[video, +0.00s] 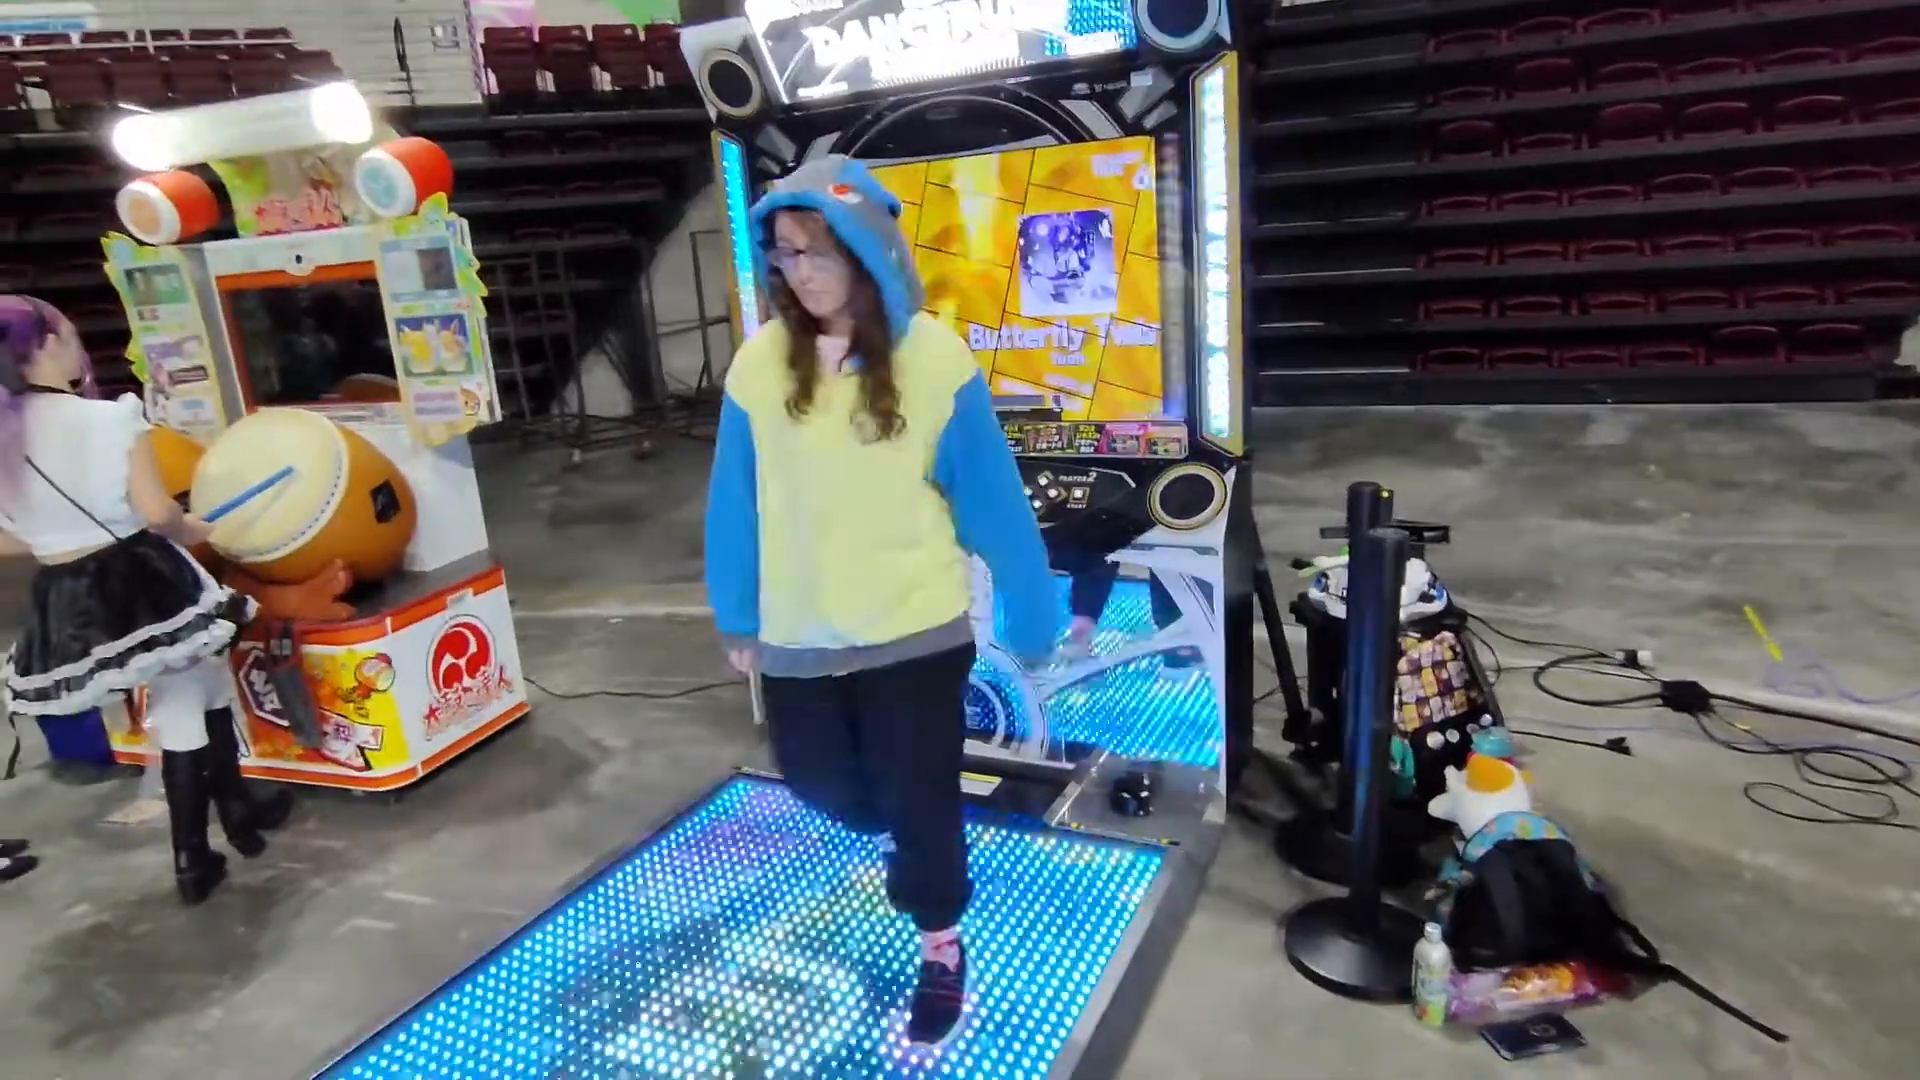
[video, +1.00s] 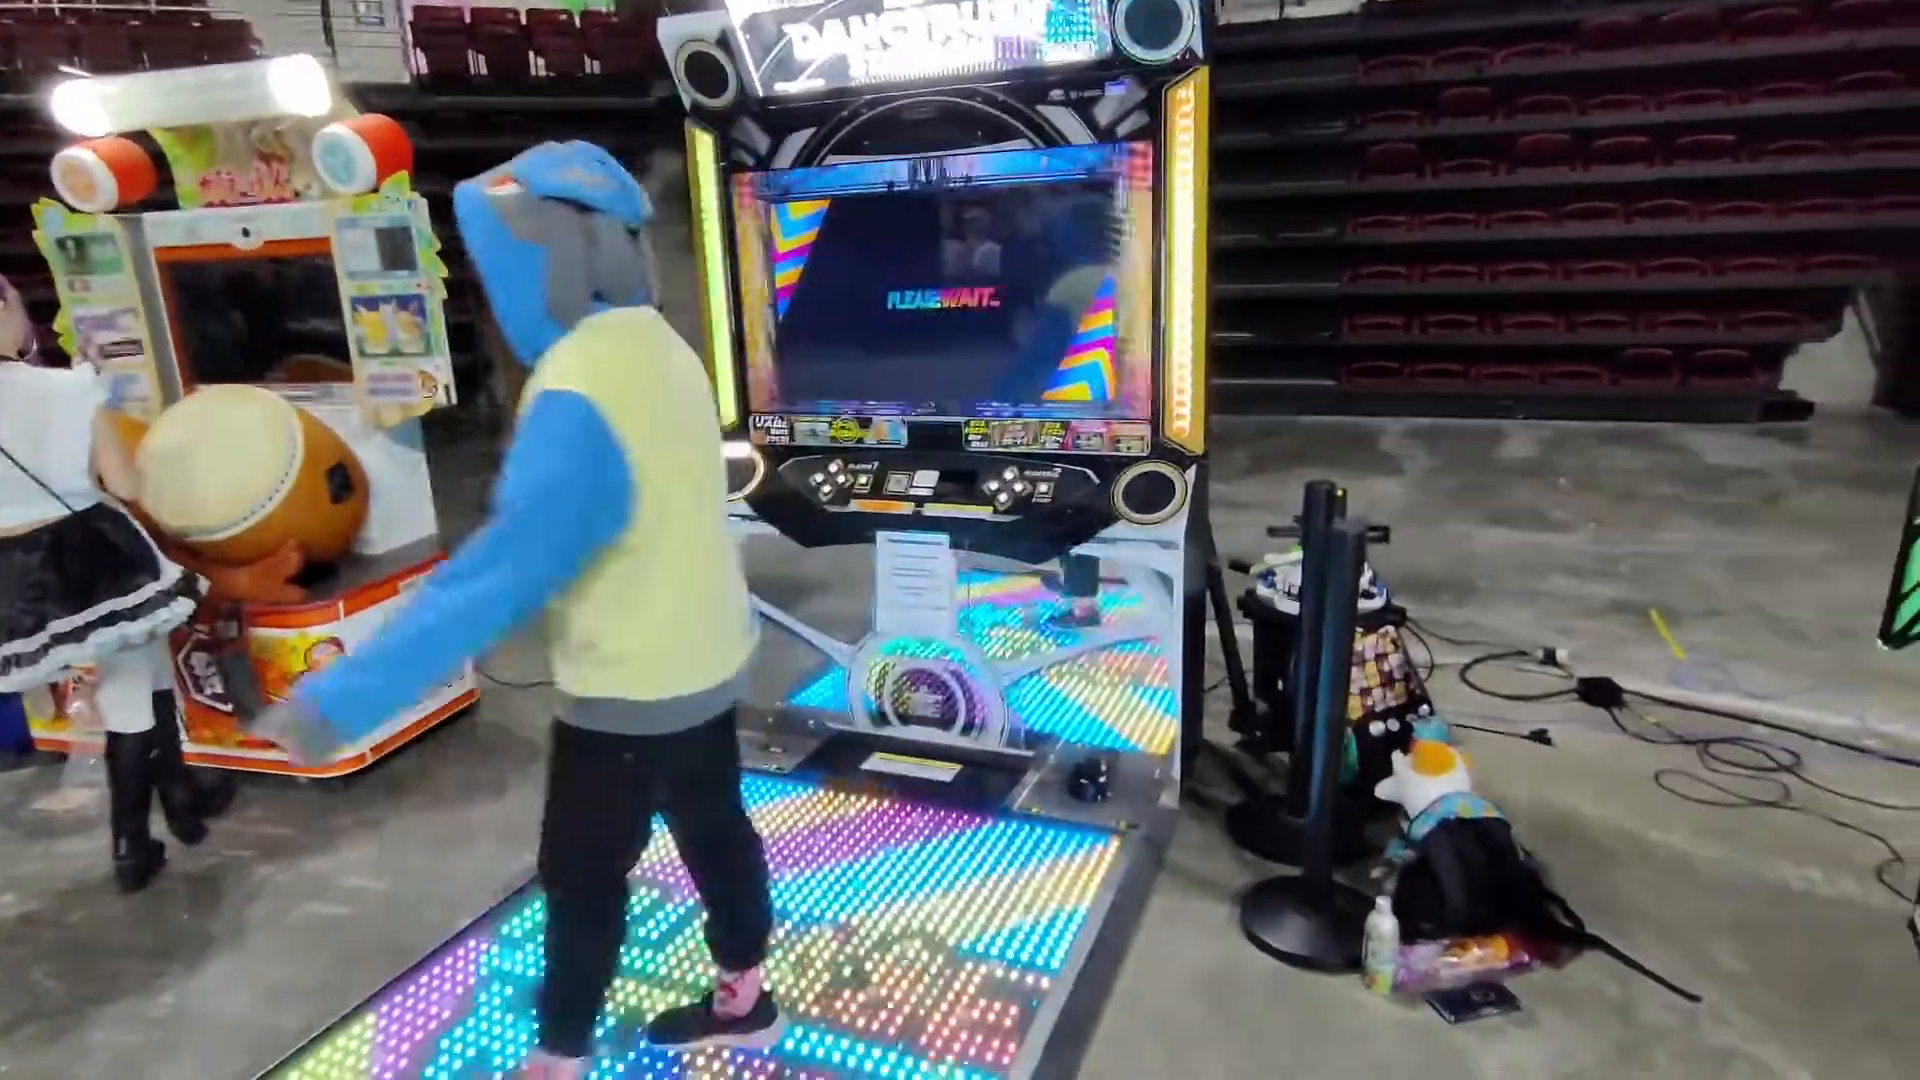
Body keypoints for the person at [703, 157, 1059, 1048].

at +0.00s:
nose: (797, 270)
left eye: (814, 251)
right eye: (785, 255)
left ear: (865, 255)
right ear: (776, 264)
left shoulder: (929, 355)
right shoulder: (762, 359)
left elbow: (994, 493)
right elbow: (731, 499)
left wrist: (1033, 613)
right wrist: (735, 614)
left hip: (913, 630)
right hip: (797, 635)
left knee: (917, 800)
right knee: (825, 785)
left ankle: (941, 951)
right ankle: (916, 821)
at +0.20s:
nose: (764, 277)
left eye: (781, 257)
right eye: (756, 260)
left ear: (837, 261)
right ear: (752, 269)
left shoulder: (919, 364)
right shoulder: (761, 361)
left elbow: (1017, 510)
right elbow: (750, 495)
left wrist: (1101, 643)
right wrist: (753, 598)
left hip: (914, 638)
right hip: (798, 631)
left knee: (926, 805)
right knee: (778, 786)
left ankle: (950, 944)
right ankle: (876, 908)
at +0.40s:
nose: (701, 300)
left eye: (716, 280)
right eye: (698, 280)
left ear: (781, 280)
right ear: (734, 289)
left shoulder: (869, 391)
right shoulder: (750, 377)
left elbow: (956, 543)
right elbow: (764, 519)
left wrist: (1013, 687)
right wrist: (753, 627)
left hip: (886, 676)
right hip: (778, 667)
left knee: (917, 832)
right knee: (763, 835)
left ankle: (958, 952)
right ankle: (781, 1010)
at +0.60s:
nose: (623, 297)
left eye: (642, 275)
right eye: (623, 275)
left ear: (706, 280)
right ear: (670, 284)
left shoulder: (772, 400)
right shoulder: (691, 383)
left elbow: (822, 575)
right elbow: (708, 544)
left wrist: (836, 726)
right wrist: (698, 678)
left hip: (786, 698)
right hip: (708, 690)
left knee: (824, 845)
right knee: (735, 854)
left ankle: (922, 936)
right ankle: (767, 1005)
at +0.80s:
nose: (583, 294)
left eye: (597, 267)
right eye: (579, 270)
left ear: (661, 262)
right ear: (658, 265)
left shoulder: (696, 393)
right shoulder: (703, 361)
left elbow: (714, 582)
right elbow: (718, 562)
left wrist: (686, 731)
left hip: (726, 691)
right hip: (729, 678)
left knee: (704, 864)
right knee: (728, 851)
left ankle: (786, 995)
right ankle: (778, 988)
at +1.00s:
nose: (494, 284)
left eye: (504, 262)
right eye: (493, 262)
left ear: (563, 261)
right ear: (603, 256)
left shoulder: (580, 389)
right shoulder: (660, 348)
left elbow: (501, 575)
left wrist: (335, 700)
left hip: (621, 692)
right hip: (706, 665)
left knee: (582, 872)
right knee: (716, 832)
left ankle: (561, 1050)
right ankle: (743, 988)